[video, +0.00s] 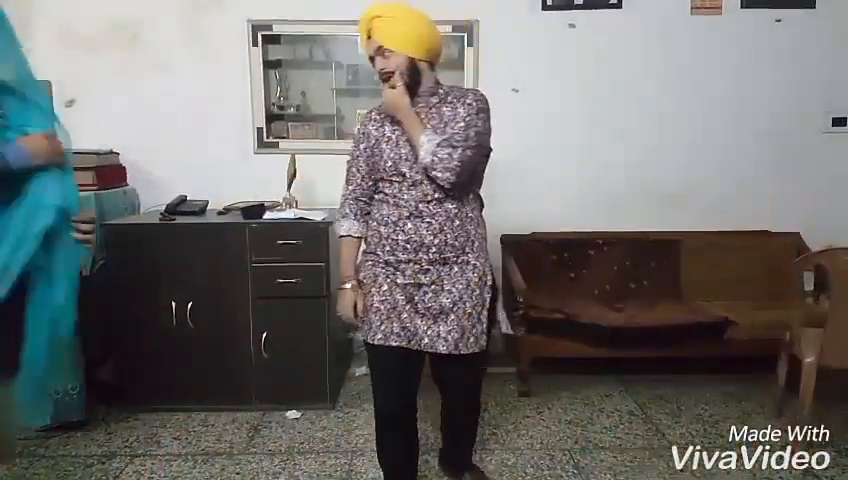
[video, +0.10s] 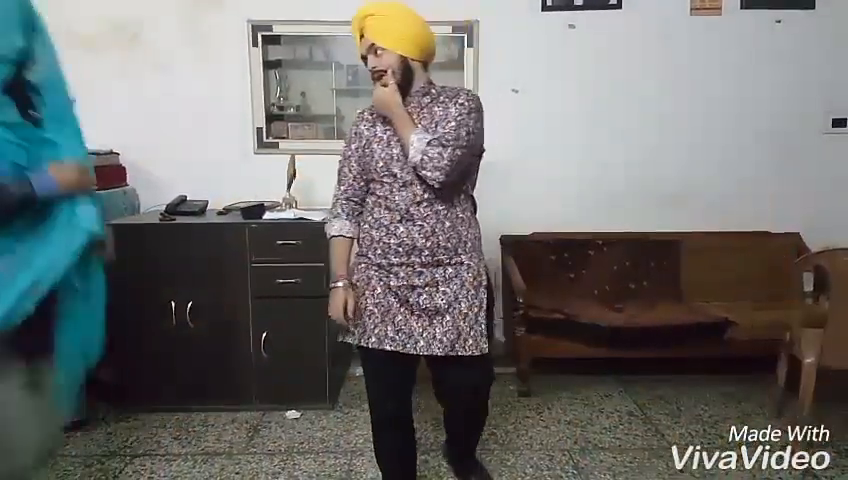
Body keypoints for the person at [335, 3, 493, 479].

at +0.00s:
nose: (378, 66)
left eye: (385, 53)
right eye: (373, 58)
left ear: (418, 50)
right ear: (373, 60)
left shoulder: (468, 106)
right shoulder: (375, 121)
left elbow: (453, 174)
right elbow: (355, 203)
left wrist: (406, 115)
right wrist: (347, 279)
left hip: (457, 277)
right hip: (387, 278)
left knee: (462, 393)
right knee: (392, 402)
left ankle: (457, 464)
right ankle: (397, 473)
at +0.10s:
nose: (371, 64)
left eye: (379, 52)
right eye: (366, 56)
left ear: (412, 51)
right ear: (367, 61)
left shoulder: (460, 106)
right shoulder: (366, 123)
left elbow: (441, 171)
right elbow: (346, 205)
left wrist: (397, 113)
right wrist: (340, 279)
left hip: (452, 278)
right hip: (380, 281)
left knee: (469, 392)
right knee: (388, 407)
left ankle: (462, 456)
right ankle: (397, 473)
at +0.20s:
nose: (367, 62)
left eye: (374, 49)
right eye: (361, 54)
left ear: (408, 48)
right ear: (361, 59)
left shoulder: (456, 105)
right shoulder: (360, 121)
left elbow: (437, 172)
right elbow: (340, 204)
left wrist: (392, 111)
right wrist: (334, 279)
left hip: (449, 281)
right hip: (377, 284)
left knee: (471, 397)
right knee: (387, 410)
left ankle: (471, 469)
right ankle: (397, 474)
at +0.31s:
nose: (364, 61)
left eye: (372, 49)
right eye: (358, 54)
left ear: (405, 47)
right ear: (358, 58)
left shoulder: (454, 104)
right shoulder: (357, 122)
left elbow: (435, 172)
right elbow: (337, 205)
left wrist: (389, 110)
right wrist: (330, 281)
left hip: (447, 285)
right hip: (374, 288)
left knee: (467, 415)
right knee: (387, 420)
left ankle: (478, 476)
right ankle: (397, 476)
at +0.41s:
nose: (364, 62)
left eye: (372, 48)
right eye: (358, 55)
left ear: (405, 45)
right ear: (356, 60)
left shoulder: (454, 105)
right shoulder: (356, 122)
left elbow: (439, 174)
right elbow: (336, 207)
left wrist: (391, 110)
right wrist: (329, 286)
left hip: (446, 288)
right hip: (374, 292)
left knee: (466, 420)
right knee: (387, 422)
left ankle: (477, 476)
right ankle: (398, 476)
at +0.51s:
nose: (367, 62)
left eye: (374, 48)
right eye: (359, 55)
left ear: (405, 44)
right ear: (355, 61)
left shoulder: (454, 104)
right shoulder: (354, 122)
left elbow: (441, 175)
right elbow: (335, 209)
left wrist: (394, 110)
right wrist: (329, 288)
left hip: (447, 286)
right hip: (374, 290)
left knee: (466, 419)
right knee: (389, 422)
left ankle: (475, 476)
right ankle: (399, 476)